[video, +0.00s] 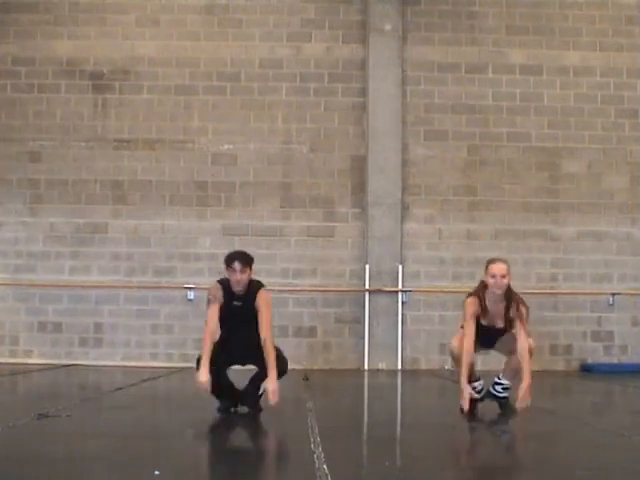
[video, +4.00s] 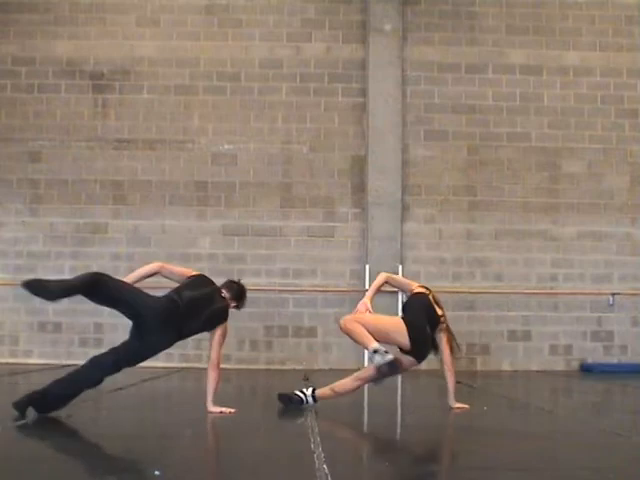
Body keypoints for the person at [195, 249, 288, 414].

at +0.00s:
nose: (237, 277)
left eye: (242, 272)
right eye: (233, 272)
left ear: (250, 273)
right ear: (226, 272)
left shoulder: (260, 293)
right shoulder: (217, 290)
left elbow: (266, 337)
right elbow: (211, 330)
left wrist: (272, 377)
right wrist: (204, 367)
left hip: (254, 346)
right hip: (227, 346)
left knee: (280, 365)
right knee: (204, 365)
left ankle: (250, 397)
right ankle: (229, 397)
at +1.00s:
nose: (256, 198)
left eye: (260, 192)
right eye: (251, 193)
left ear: (268, 195)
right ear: (244, 195)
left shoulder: (273, 217)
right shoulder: (233, 216)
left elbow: (286, 241)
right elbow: (216, 225)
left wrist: (287, 228)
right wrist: (209, 230)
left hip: (264, 294)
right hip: (233, 293)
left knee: (286, 345)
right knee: (208, 342)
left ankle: (284, 396)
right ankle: (205, 394)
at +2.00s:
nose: (268, 196)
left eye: (273, 192)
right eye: (264, 192)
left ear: (283, 196)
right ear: (260, 197)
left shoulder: (290, 223)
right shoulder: (247, 225)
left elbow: (318, 211)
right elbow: (205, 228)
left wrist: (313, 189)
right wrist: (170, 221)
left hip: (277, 302)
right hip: (246, 301)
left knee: (302, 353)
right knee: (214, 348)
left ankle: (328, 402)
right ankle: (179, 399)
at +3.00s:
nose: (222, 188)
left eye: (224, 183)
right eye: (219, 183)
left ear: (210, 185)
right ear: (202, 183)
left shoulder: (205, 209)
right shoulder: (182, 204)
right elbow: (141, 214)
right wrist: (105, 224)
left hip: (183, 281)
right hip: (168, 279)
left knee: (177, 336)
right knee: (174, 335)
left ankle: (152, 390)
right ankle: (133, 386)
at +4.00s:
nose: (232, 311)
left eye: (233, 306)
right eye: (234, 308)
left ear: (222, 286)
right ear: (231, 303)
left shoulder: (200, 278)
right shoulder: (221, 320)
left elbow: (157, 266)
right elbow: (214, 364)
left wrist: (123, 284)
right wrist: (211, 404)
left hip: (149, 307)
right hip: (156, 338)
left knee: (96, 280)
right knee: (99, 368)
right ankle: (36, 403)